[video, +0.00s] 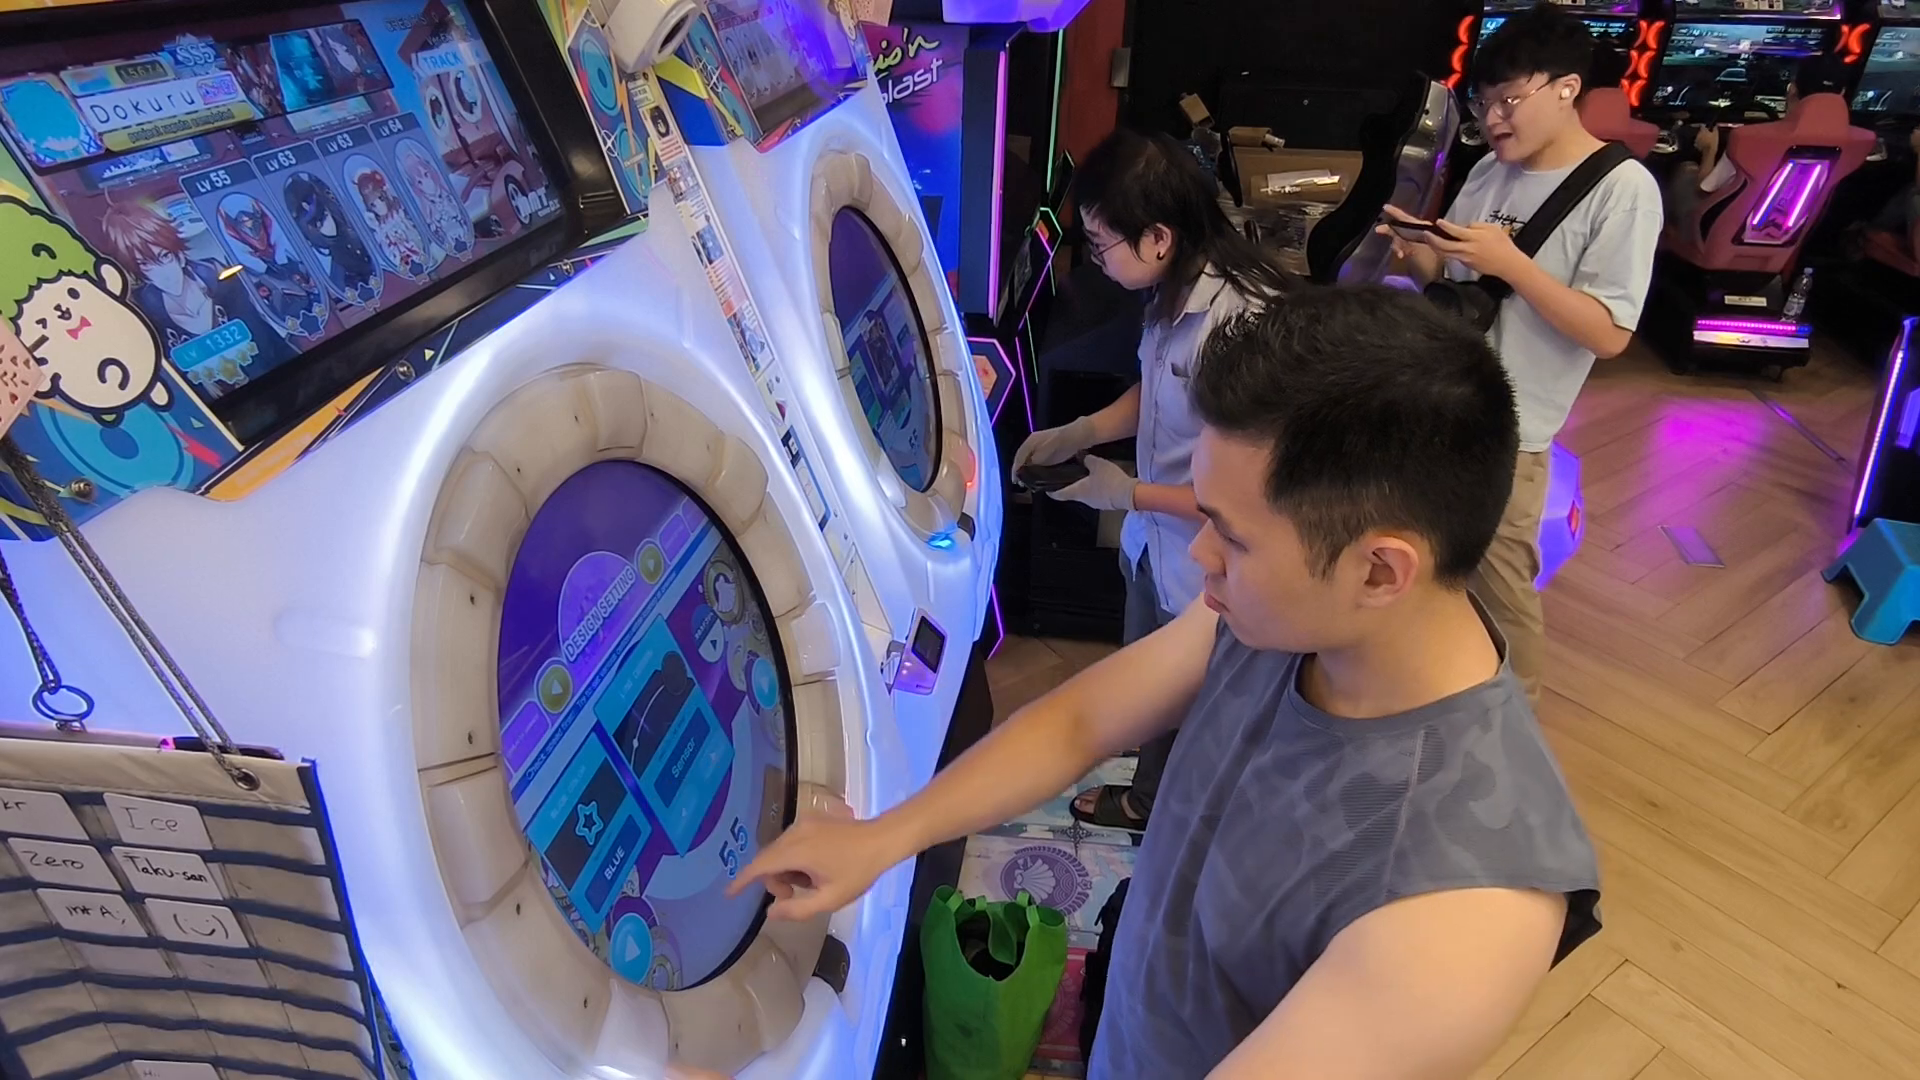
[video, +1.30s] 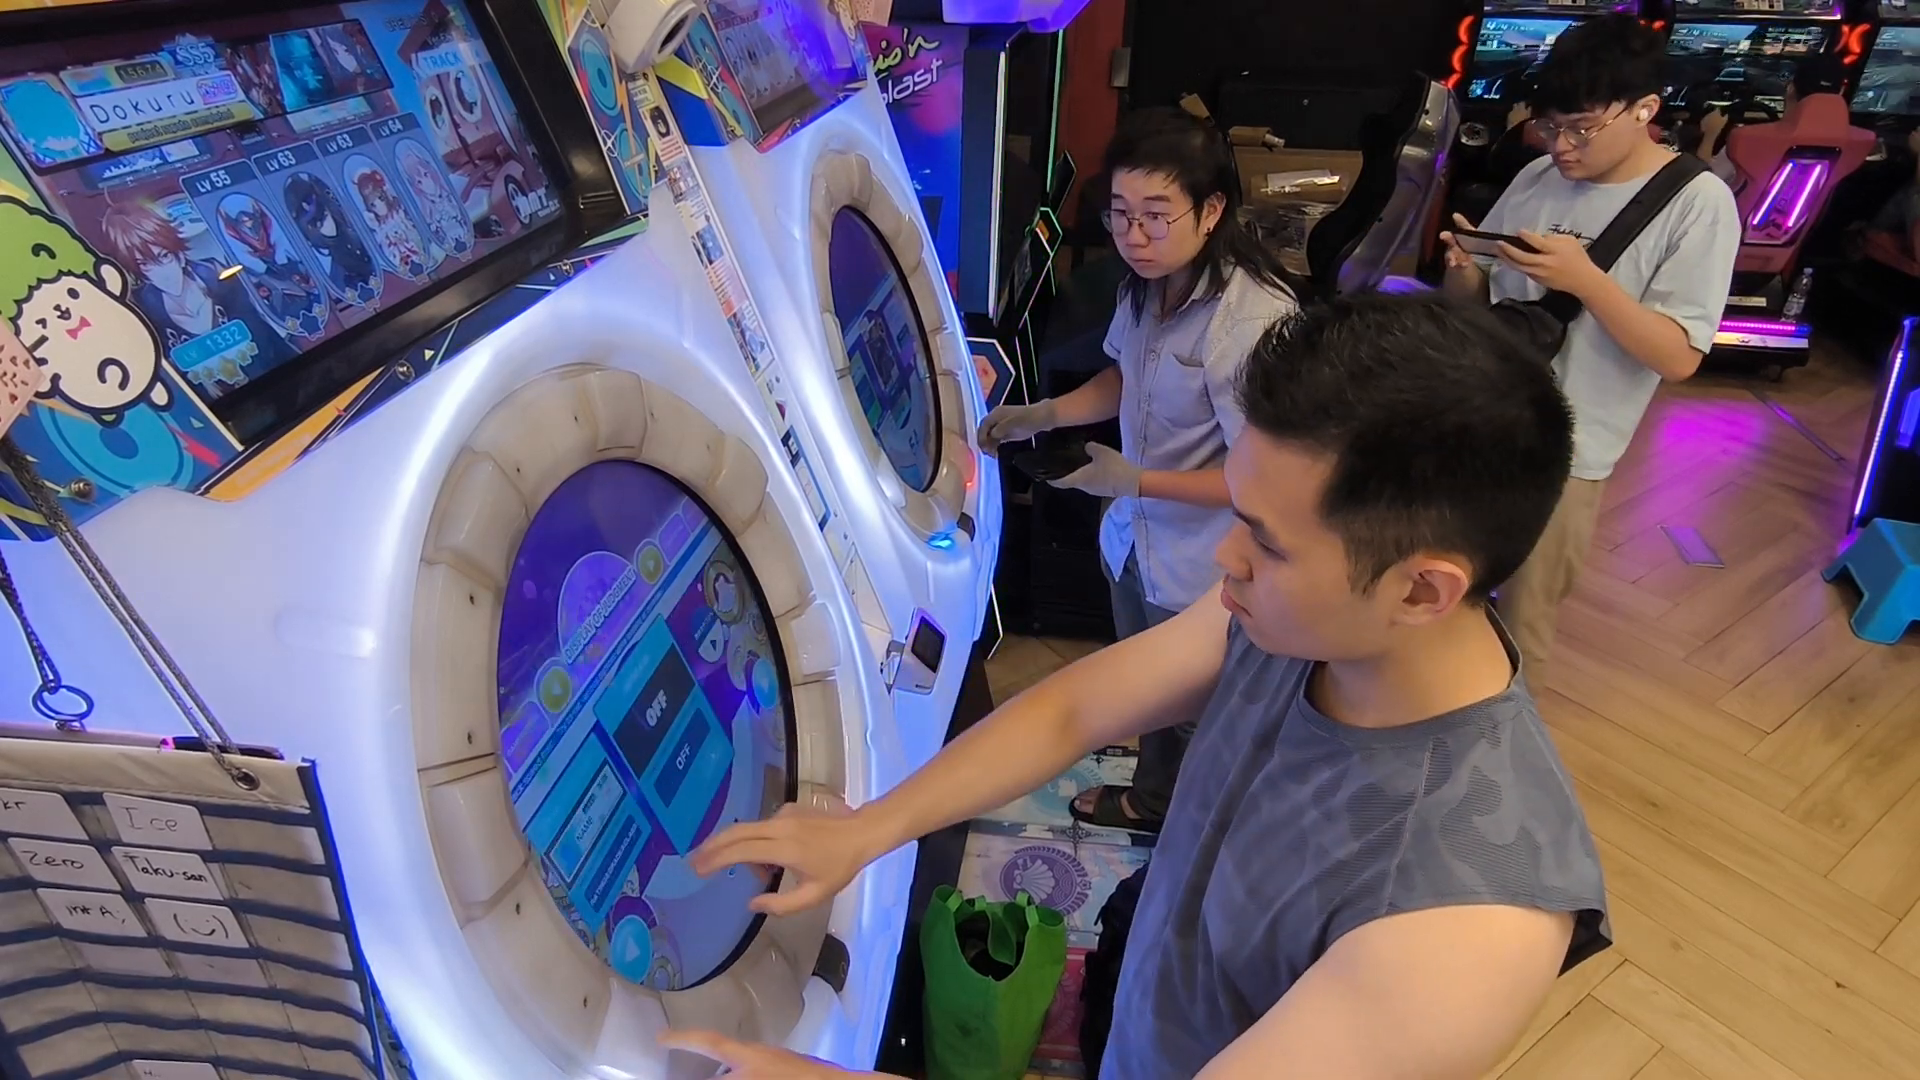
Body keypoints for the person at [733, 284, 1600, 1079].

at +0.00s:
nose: (1193, 551)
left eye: (1224, 532)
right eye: (1200, 512)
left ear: (1379, 573)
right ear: (1369, 570)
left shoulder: (1463, 898)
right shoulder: (1286, 606)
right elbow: (1079, 723)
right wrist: (884, 835)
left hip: (1188, 1073)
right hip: (1123, 1014)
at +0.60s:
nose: (1199, 561)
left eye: (1242, 550)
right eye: (1214, 523)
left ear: (1401, 585)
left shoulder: (1457, 905)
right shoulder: (1292, 601)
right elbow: (1057, 683)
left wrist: (811, 1075)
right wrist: (836, 755)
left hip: (1186, 1072)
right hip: (1129, 998)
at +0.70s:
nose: (1205, 557)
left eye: (1252, 544)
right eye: (1221, 517)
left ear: (1409, 587)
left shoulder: (1465, 908)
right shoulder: (1288, 599)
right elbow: (1041, 668)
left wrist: (841, 1074)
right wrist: (807, 726)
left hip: (1195, 1071)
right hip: (1128, 994)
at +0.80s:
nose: (1214, 556)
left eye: (1262, 544)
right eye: (1230, 514)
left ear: (1420, 585)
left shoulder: (1470, 910)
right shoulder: (1280, 592)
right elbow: (1027, 660)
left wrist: (859, 1078)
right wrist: (772, 712)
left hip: (1201, 1079)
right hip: (1131, 1008)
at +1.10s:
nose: (1223, 561)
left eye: (1276, 551)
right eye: (1241, 517)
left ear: (1435, 596)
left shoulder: (1474, 909)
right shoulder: (1287, 596)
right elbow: (1050, 693)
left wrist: (831, 1072)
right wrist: (844, 801)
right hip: (1132, 1017)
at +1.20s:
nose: (1221, 560)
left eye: (1272, 549)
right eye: (1239, 516)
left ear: (1431, 593)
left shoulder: (1473, 909)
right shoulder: (1290, 604)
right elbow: (1067, 712)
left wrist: (808, 1070)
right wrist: (869, 830)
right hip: (1132, 1022)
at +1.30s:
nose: (1217, 557)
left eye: (1266, 543)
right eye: (1234, 514)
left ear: (1426, 590)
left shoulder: (1473, 904)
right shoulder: (1288, 611)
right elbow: (1071, 713)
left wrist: (868, 1074)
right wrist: (867, 826)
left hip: (1196, 1076)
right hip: (1130, 1020)